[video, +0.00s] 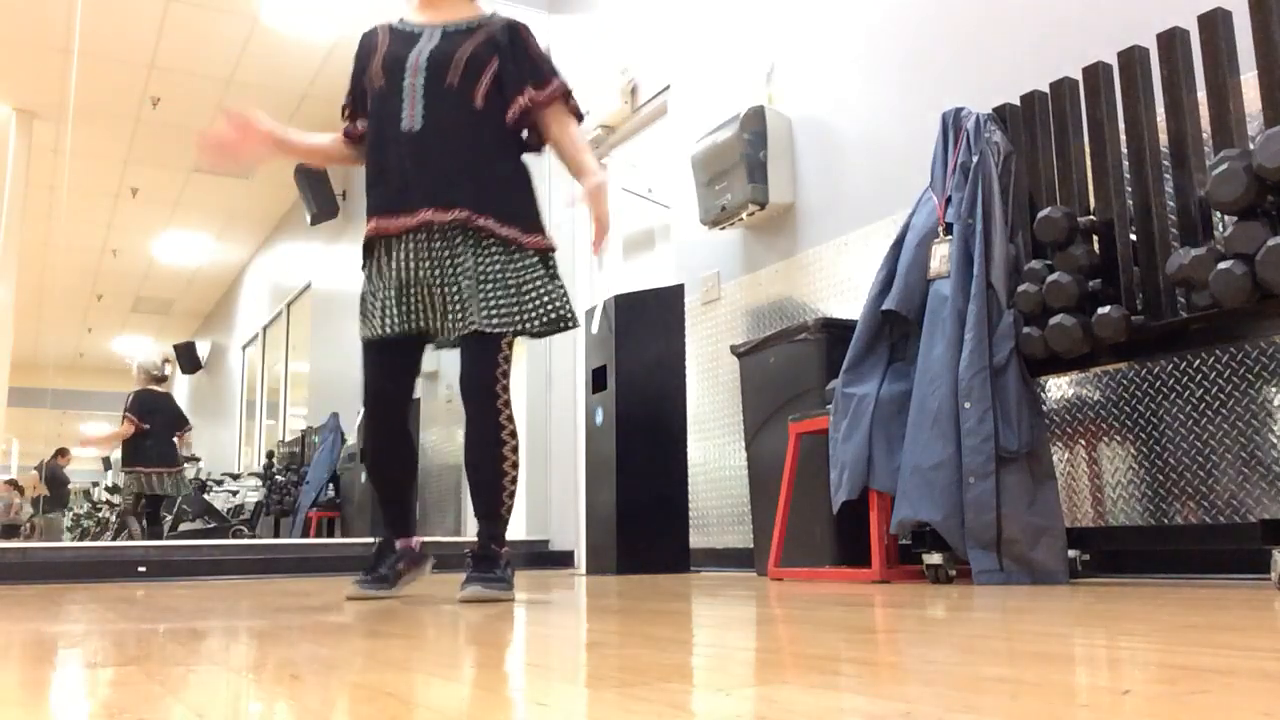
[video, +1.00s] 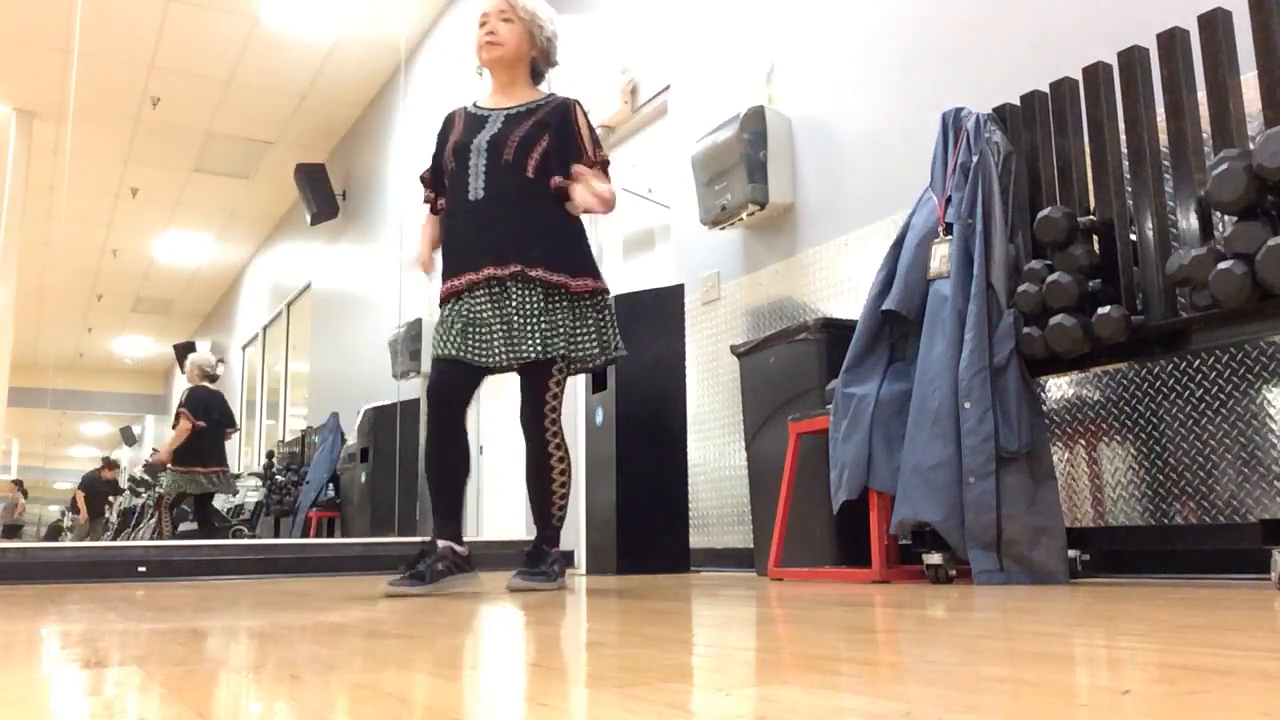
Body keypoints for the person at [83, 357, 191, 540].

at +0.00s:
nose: (134, 375)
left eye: (136, 371)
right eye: (135, 370)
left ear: (141, 373)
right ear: (160, 375)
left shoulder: (138, 396)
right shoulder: (167, 397)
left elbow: (127, 430)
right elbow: (182, 431)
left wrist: (97, 441)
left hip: (139, 467)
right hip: (166, 467)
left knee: (129, 511)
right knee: (154, 514)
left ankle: (139, 548)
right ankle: (155, 555)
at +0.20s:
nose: (139, 375)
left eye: (140, 372)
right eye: (140, 372)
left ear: (145, 374)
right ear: (166, 375)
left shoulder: (139, 395)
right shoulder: (175, 397)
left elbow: (118, 424)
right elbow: (191, 428)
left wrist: (91, 413)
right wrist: (201, 433)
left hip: (144, 467)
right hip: (172, 466)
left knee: (139, 515)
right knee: (157, 514)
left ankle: (147, 559)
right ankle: (163, 556)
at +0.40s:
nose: (151, 375)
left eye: (153, 371)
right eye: (151, 372)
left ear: (157, 372)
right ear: (177, 373)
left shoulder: (153, 392)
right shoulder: (189, 396)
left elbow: (125, 410)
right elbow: (208, 418)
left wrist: (107, 394)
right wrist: (186, 425)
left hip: (152, 462)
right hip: (179, 465)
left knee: (147, 512)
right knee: (168, 512)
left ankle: (146, 556)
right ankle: (189, 541)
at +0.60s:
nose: (166, 372)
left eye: (168, 368)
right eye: (167, 367)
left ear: (175, 371)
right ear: (192, 370)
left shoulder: (172, 394)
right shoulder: (200, 395)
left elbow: (146, 417)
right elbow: (219, 421)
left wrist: (126, 398)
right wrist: (196, 431)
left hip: (167, 465)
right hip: (194, 466)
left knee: (158, 515)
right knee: (193, 514)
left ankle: (152, 558)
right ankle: (206, 557)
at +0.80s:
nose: (176, 370)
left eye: (178, 366)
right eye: (177, 366)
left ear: (186, 370)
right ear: (199, 370)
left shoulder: (184, 394)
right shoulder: (211, 395)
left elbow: (168, 424)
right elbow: (223, 425)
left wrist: (138, 420)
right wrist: (200, 434)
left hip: (181, 466)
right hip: (208, 466)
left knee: (160, 510)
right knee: (201, 515)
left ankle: (153, 556)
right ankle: (210, 558)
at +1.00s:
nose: (186, 374)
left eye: (188, 370)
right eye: (186, 370)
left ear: (196, 371)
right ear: (208, 372)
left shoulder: (191, 394)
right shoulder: (218, 395)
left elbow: (185, 426)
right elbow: (231, 430)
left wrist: (168, 450)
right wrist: (209, 440)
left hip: (188, 468)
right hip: (214, 467)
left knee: (165, 506)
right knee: (203, 511)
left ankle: (166, 551)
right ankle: (212, 553)